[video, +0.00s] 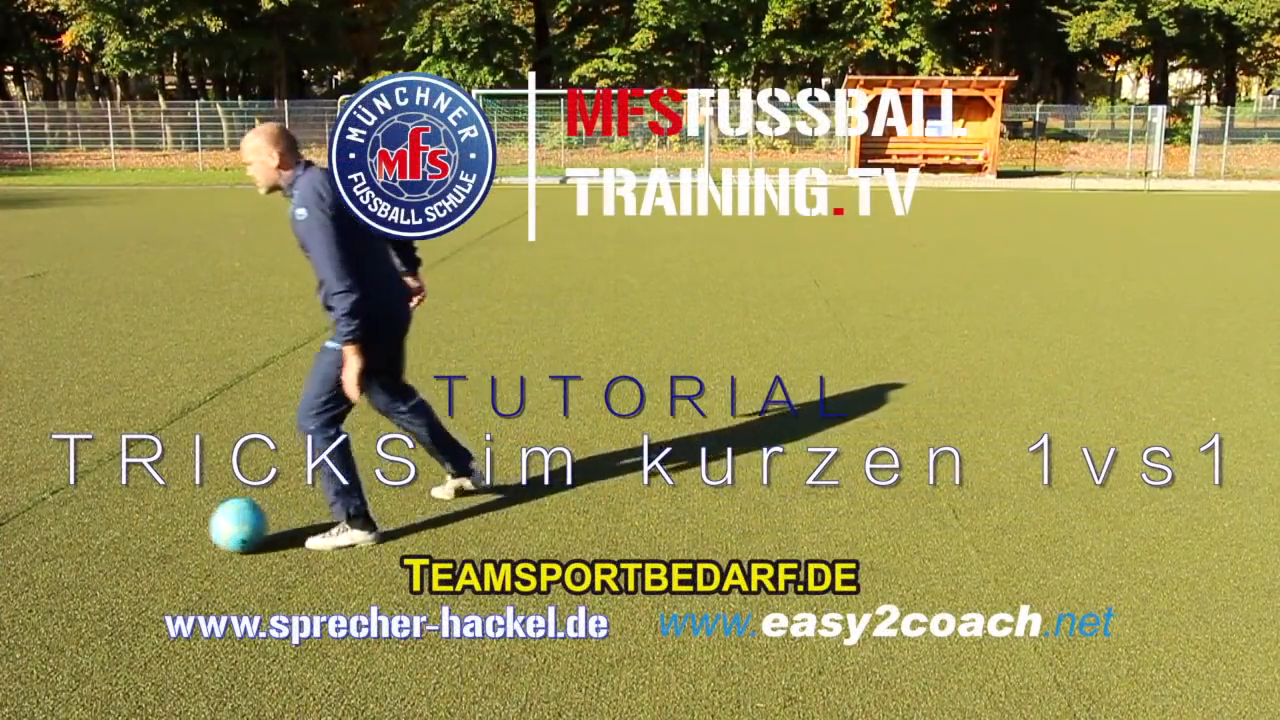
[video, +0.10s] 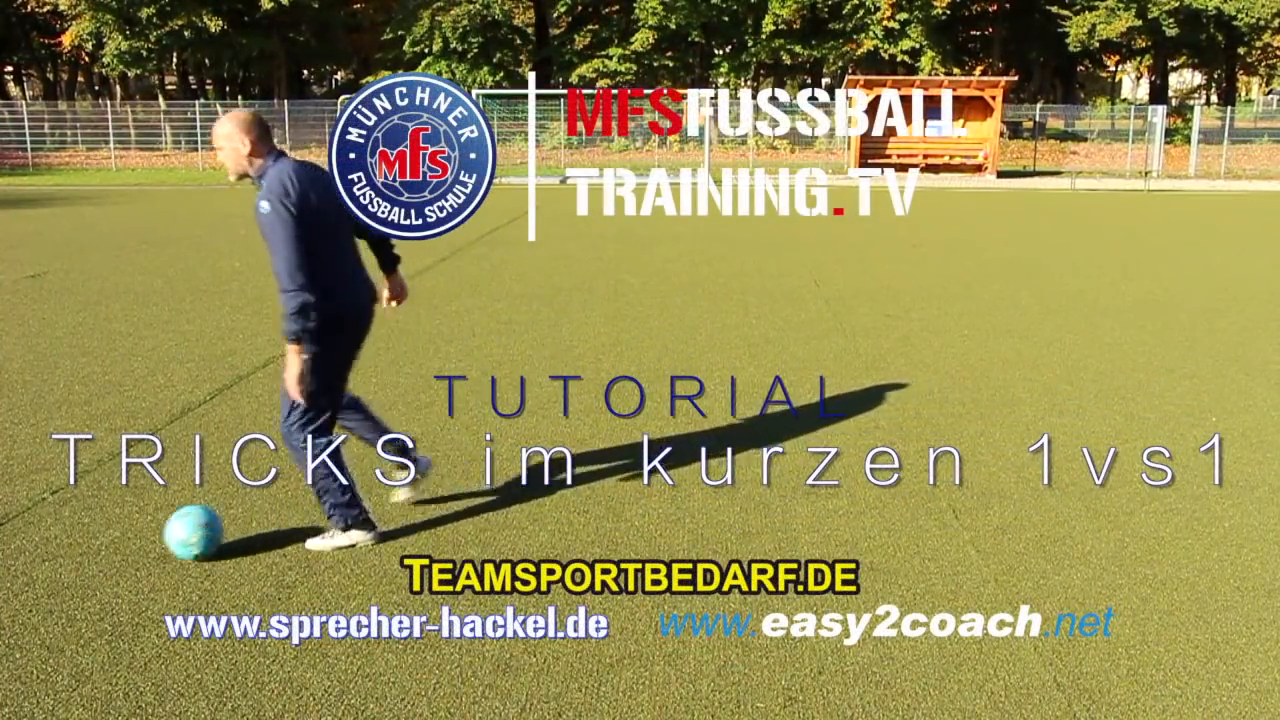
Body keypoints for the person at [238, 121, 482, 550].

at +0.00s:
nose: (250, 175)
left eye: (251, 165)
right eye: (248, 166)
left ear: (274, 159)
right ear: (284, 155)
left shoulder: (305, 199)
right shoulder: (334, 175)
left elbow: (338, 281)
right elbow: (388, 212)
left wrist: (350, 348)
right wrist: (410, 269)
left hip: (361, 319)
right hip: (392, 307)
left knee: (316, 416)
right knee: (386, 390)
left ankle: (354, 522)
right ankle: (464, 471)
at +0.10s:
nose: (218, 160)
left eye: (221, 149)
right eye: (216, 150)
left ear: (246, 146)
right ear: (260, 142)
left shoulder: (272, 196)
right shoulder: (315, 174)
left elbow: (293, 280)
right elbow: (365, 214)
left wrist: (295, 348)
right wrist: (390, 269)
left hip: (325, 315)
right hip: (356, 304)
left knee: (299, 423)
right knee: (328, 396)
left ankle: (350, 522)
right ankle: (409, 461)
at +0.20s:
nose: (194, 128)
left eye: (196, 118)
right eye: (192, 119)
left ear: (221, 116)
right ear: (233, 113)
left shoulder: (243, 166)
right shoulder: (287, 152)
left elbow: (257, 253)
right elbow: (345, 203)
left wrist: (247, 317)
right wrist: (366, 256)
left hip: (285, 296)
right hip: (312, 287)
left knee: (288, 399)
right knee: (258, 378)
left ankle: (343, 509)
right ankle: (312, 480)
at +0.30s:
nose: (173, 111)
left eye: (177, 101)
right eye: (171, 102)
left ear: (203, 101)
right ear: (212, 100)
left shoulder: (218, 153)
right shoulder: (255, 143)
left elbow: (230, 237)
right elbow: (315, 198)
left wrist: (216, 299)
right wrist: (332, 255)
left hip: (248, 287)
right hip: (269, 282)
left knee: (215, 396)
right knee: (213, 391)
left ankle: (297, 485)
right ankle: (204, 502)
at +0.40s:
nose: (152, 128)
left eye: (155, 118)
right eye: (151, 118)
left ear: (182, 116)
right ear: (190, 116)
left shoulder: (201, 168)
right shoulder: (223, 161)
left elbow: (213, 255)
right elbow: (279, 224)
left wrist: (195, 326)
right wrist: (288, 284)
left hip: (203, 310)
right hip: (227, 307)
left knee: (130, 400)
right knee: (176, 411)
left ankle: (218, 473)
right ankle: (155, 526)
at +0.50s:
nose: (133, 146)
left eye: (137, 136)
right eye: (131, 137)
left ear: (166, 131)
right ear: (172, 132)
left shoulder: (183, 187)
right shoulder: (207, 179)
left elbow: (190, 280)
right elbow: (229, 255)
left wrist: (186, 358)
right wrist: (235, 317)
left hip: (163, 328)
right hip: (193, 327)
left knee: (72, 397)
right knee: (133, 422)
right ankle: (155, 534)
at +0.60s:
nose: (120, 139)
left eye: (124, 129)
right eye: (119, 130)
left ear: (154, 126)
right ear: (159, 127)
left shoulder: (169, 182)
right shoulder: (193, 176)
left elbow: (178, 270)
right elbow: (200, 263)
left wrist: (173, 345)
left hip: (148, 325)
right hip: (172, 324)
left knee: (59, 405)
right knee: (129, 420)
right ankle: (152, 535)